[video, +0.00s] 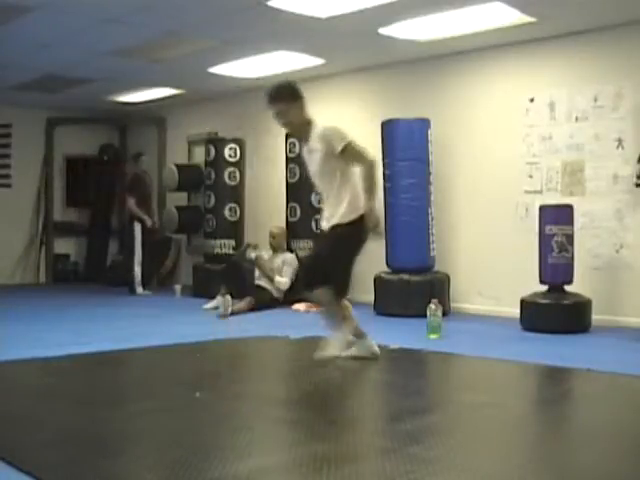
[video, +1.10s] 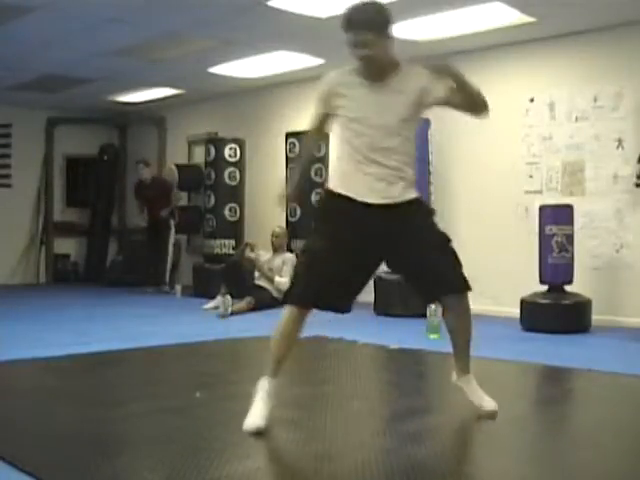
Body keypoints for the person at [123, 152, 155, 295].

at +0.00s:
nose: (145, 164)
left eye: (144, 161)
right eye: (142, 162)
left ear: (139, 163)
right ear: (137, 163)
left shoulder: (145, 178)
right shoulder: (135, 178)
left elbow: (150, 201)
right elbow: (130, 203)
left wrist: (154, 216)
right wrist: (145, 218)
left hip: (143, 220)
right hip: (135, 220)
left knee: (142, 253)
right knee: (137, 253)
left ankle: (141, 284)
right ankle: (137, 286)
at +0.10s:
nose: (147, 167)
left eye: (147, 164)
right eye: (143, 164)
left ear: (148, 165)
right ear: (137, 165)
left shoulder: (151, 180)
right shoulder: (135, 180)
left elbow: (155, 202)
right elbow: (129, 205)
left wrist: (159, 216)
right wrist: (144, 219)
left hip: (152, 223)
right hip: (138, 223)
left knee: (150, 255)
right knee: (138, 254)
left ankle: (147, 284)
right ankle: (137, 286)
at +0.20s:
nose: (149, 166)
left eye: (150, 163)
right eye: (145, 164)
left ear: (154, 164)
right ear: (141, 167)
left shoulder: (160, 182)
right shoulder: (136, 183)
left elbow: (163, 202)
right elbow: (128, 204)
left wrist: (164, 217)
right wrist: (140, 219)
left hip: (159, 225)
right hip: (144, 225)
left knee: (164, 257)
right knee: (141, 257)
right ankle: (140, 286)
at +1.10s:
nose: (140, 173)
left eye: (142, 169)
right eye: (138, 170)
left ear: (150, 169)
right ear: (137, 172)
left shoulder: (163, 183)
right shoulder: (139, 187)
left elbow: (175, 199)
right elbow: (140, 206)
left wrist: (167, 210)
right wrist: (142, 215)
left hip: (166, 219)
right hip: (152, 219)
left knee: (165, 251)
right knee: (151, 250)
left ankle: (164, 282)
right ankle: (152, 281)